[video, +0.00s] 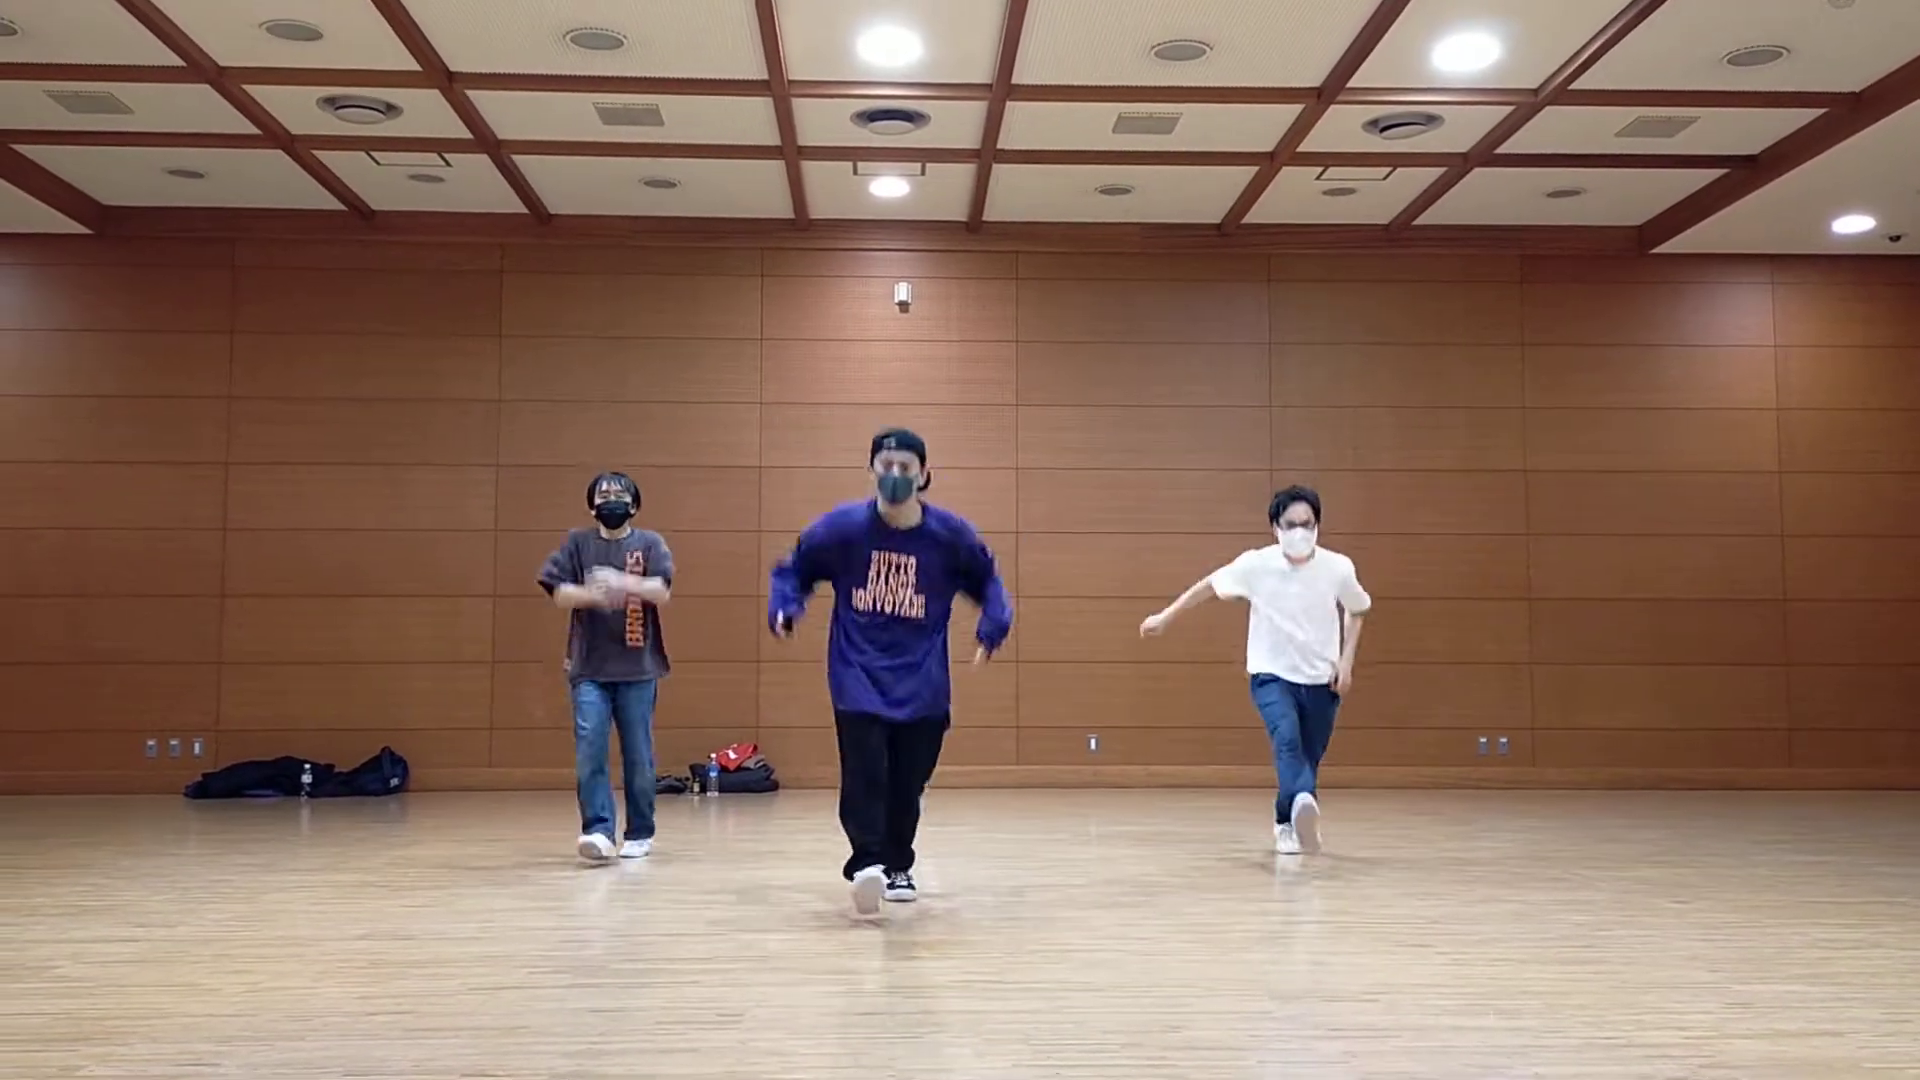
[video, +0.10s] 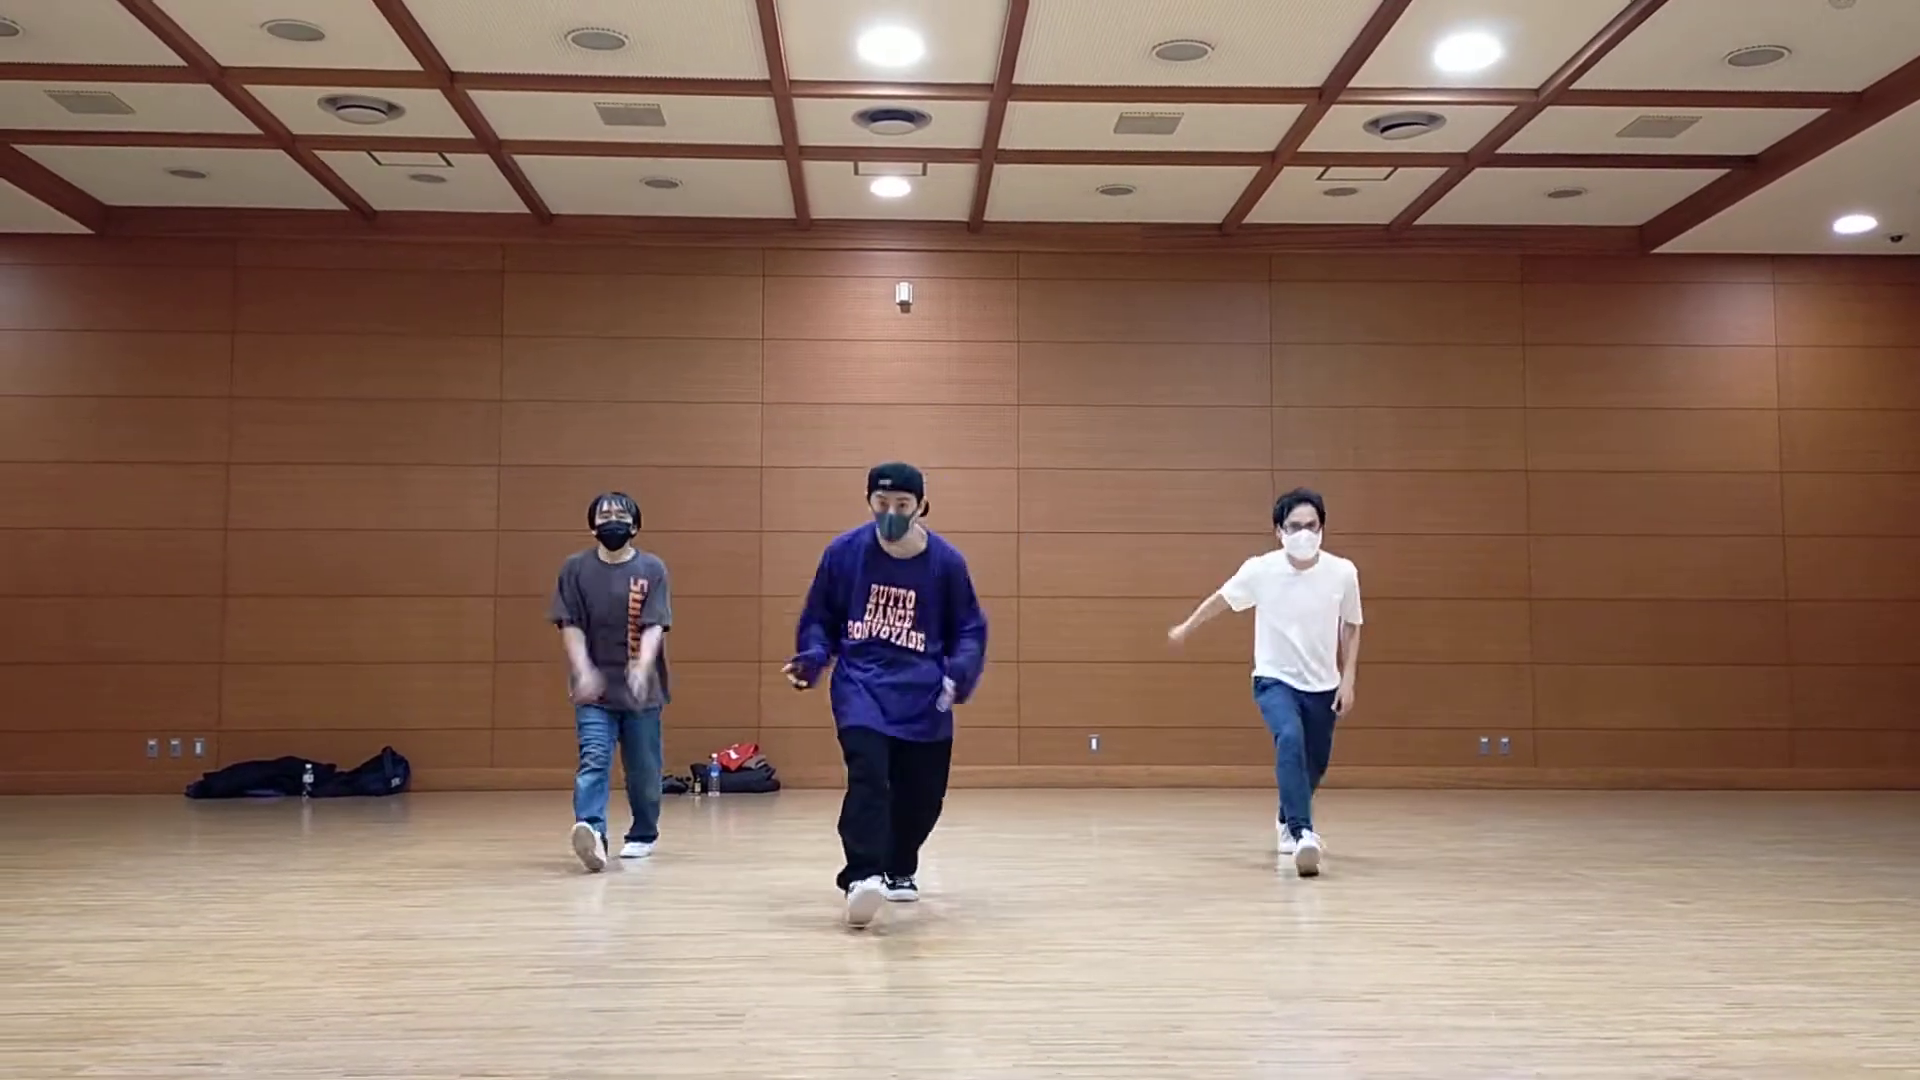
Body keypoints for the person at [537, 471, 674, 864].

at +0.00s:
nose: (611, 501)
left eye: (619, 495)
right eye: (604, 495)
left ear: (632, 503)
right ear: (593, 504)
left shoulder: (650, 543)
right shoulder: (577, 542)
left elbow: (661, 590)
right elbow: (556, 591)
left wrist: (623, 583)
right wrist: (594, 596)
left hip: (637, 669)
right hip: (589, 669)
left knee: (638, 754)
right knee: (590, 748)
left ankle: (639, 835)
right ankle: (598, 832)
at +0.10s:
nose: (612, 525)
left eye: (620, 519)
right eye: (605, 519)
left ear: (633, 524)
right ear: (594, 525)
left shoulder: (651, 569)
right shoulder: (575, 568)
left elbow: (654, 625)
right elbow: (569, 626)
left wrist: (642, 668)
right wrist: (584, 671)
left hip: (639, 679)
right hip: (594, 678)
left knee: (643, 767)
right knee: (594, 758)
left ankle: (642, 838)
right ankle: (591, 835)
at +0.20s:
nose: (605, 518)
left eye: (613, 512)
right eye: (599, 512)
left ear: (628, 520)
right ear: (588, 520)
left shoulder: (650, 566)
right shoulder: (569, 567)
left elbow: (678, 620)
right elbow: (548, 622)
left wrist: (701, 665)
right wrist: (525, 671)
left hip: (637, 688)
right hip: (587, 686)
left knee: (639, 770)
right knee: (590, 760)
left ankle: (639, 835)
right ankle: (588, 846)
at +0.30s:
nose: (602, 504)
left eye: (610, 498)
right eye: (595, 499)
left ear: (626, 506)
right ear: (585, 509)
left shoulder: (650, 550)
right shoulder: (567, 552)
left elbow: (692, 583)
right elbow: (529, 594)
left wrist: (740, 601)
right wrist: (479, 614)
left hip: (634, 681)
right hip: (582, 680)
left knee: (633, 764)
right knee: (583, 765)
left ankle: (638, 820)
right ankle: (590, 851)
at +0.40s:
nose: (608, 490)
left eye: (616, 483)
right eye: (600, 483)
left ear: (629, 494)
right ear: (588, 494)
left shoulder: (648, 536)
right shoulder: (567, 533)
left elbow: (687, 572)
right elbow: (531, 572)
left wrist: (725, 556)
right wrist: (496, 556)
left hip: (634, 670)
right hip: (581, 670)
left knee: (631, 751)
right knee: (585, 760)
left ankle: (640, 825)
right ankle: (595, 852)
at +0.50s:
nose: (610, 486)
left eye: (618, 479)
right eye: (602, 479)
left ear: (631, 490)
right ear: (589, 489)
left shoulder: (649, 531)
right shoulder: (567, 529)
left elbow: (679, 583)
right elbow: (536, 579)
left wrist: (666, 563)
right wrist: (551, 572)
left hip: (631, 666)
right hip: (578, 663)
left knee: (628, 755)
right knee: (584, 756)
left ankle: (626, 850)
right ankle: (591, 850)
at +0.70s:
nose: (601, 495)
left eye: (610, 488)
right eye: (593, 488)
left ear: (624, 498)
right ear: (582, 499)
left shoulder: (645, 539)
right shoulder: (564, 540)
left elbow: (657, 598)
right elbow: (559, 602)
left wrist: (621, 590)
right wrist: (610, 614)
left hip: (631, 676)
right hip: (577, 674)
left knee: (623, 765)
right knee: (571, 768)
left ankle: (620, 856)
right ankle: (577, 856)